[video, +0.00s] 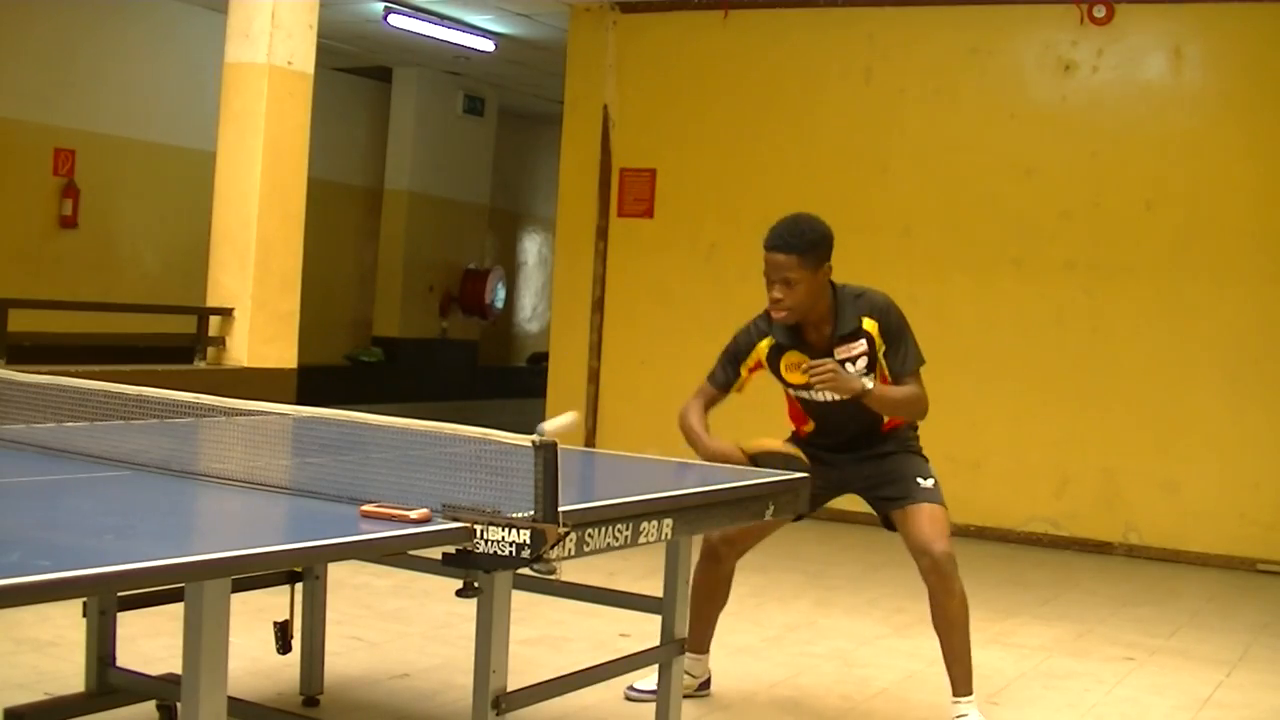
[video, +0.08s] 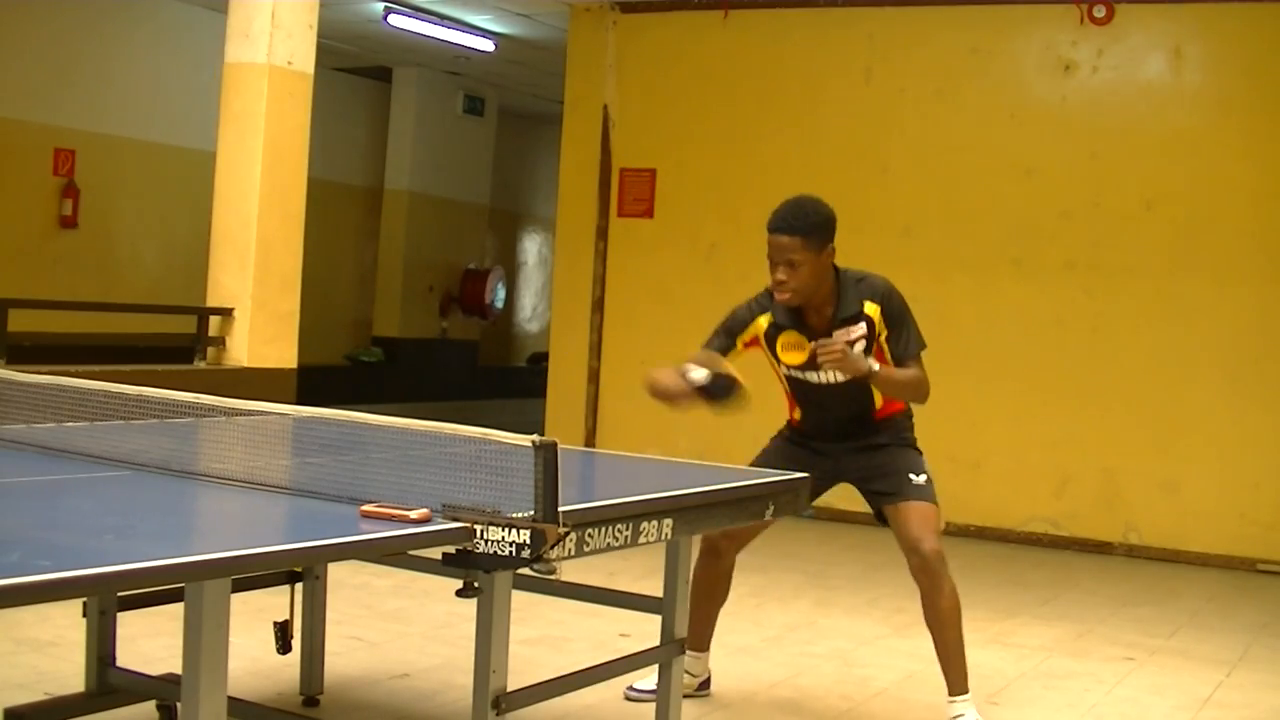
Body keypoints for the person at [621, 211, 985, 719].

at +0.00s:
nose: (774, 295)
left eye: (786, 284)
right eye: (768, 282)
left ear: (824, 275)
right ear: (762, 274)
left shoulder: (875, 313)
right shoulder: (762, 335)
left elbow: (916, 404)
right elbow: (692, 408)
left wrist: (860, 387)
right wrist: (710, 448)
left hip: (889, 451)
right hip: (812, 454)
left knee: (937, 553)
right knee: (719, 543)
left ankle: (964, 703)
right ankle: (692, 667)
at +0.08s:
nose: (778, 277)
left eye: (790, 265)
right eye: (772, 264)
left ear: (827, 257)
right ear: (766, 257)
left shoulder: (876, 298)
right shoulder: (760, 313)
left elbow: (918, 387)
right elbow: (690, 376)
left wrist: (866, 368)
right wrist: (679, 386)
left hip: (883, 442)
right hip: (804, 442)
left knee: (927, 551)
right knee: (719, 539)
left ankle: (961, 702)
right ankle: (692, 667)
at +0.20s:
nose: (778, 248)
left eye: (791, 236)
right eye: (773, 234)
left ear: (828, 228)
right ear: (767, 229)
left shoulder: (875, 280)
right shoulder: (757, 284)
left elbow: (913, 370)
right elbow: (668, 328)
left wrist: (869, 337)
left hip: (868, 431)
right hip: (789, 429)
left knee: (924, 546)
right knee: (698, 523)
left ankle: (940, 702)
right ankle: (683, 657)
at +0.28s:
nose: (773, 241)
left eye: (786, 228)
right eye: (767, 227)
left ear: (822, 224)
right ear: (762, 224)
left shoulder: (867, 281)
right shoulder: (748, 282)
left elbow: (904, 374)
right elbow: (654, 320)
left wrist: (865, 332)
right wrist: (599, 270)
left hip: (856, 437)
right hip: (778, 433)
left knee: (925, 545)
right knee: (687, 531)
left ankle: (931, 704)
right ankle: (664, 658)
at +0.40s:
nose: (744, 230)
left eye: (757, 219)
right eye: (739, 217)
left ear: (793, 219)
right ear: (736, 218)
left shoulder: (836, 283)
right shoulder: (724, 284)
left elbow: (862, 377)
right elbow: (637, 332)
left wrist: (822, 323)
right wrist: (602, 287)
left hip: (828, 443)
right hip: (749, 441)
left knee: (899, 549)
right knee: (661, 536)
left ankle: (927, 705)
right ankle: (652, 665)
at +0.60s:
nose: (666, 206)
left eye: (678, 193)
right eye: (662, 193)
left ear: (716, 193)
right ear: (662, 195)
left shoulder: (759, 242)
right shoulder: (685, 266)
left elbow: (769, 335)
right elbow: (670, 358)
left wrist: (687, 295)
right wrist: (610, 364)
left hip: (796, 410)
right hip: (734, 410)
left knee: (815, 549)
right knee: (653, 508)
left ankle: (878, 690)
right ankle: (625, 647)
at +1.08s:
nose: (572, 236)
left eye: (576, 222)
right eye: (569, 224)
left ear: (609, 209)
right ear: (603, 214)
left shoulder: (669, 247)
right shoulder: (624, 271)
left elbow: (699, 333)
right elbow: (601, 356)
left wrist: (610, 334)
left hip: (731, 414)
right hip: (672, 413)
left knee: (764, 551)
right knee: (590, 500)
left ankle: (840, 688)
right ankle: (606, 646)